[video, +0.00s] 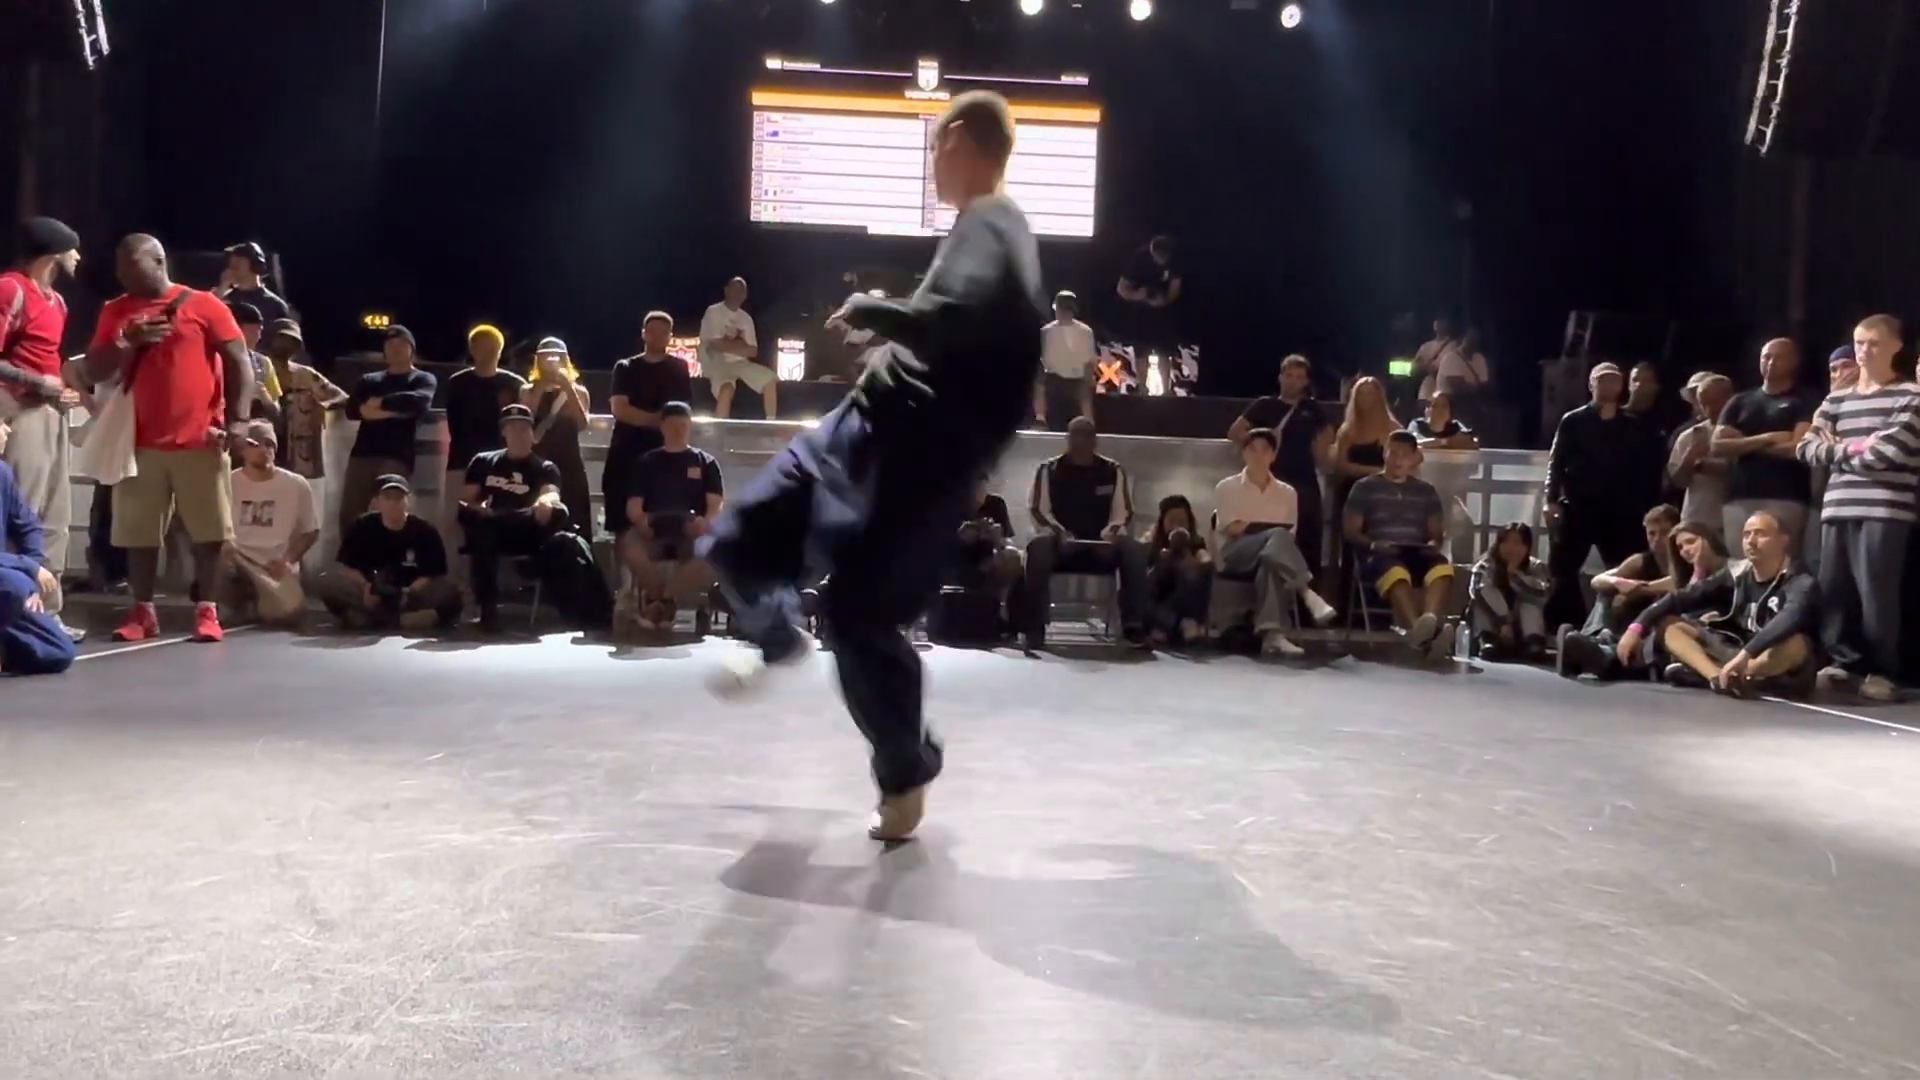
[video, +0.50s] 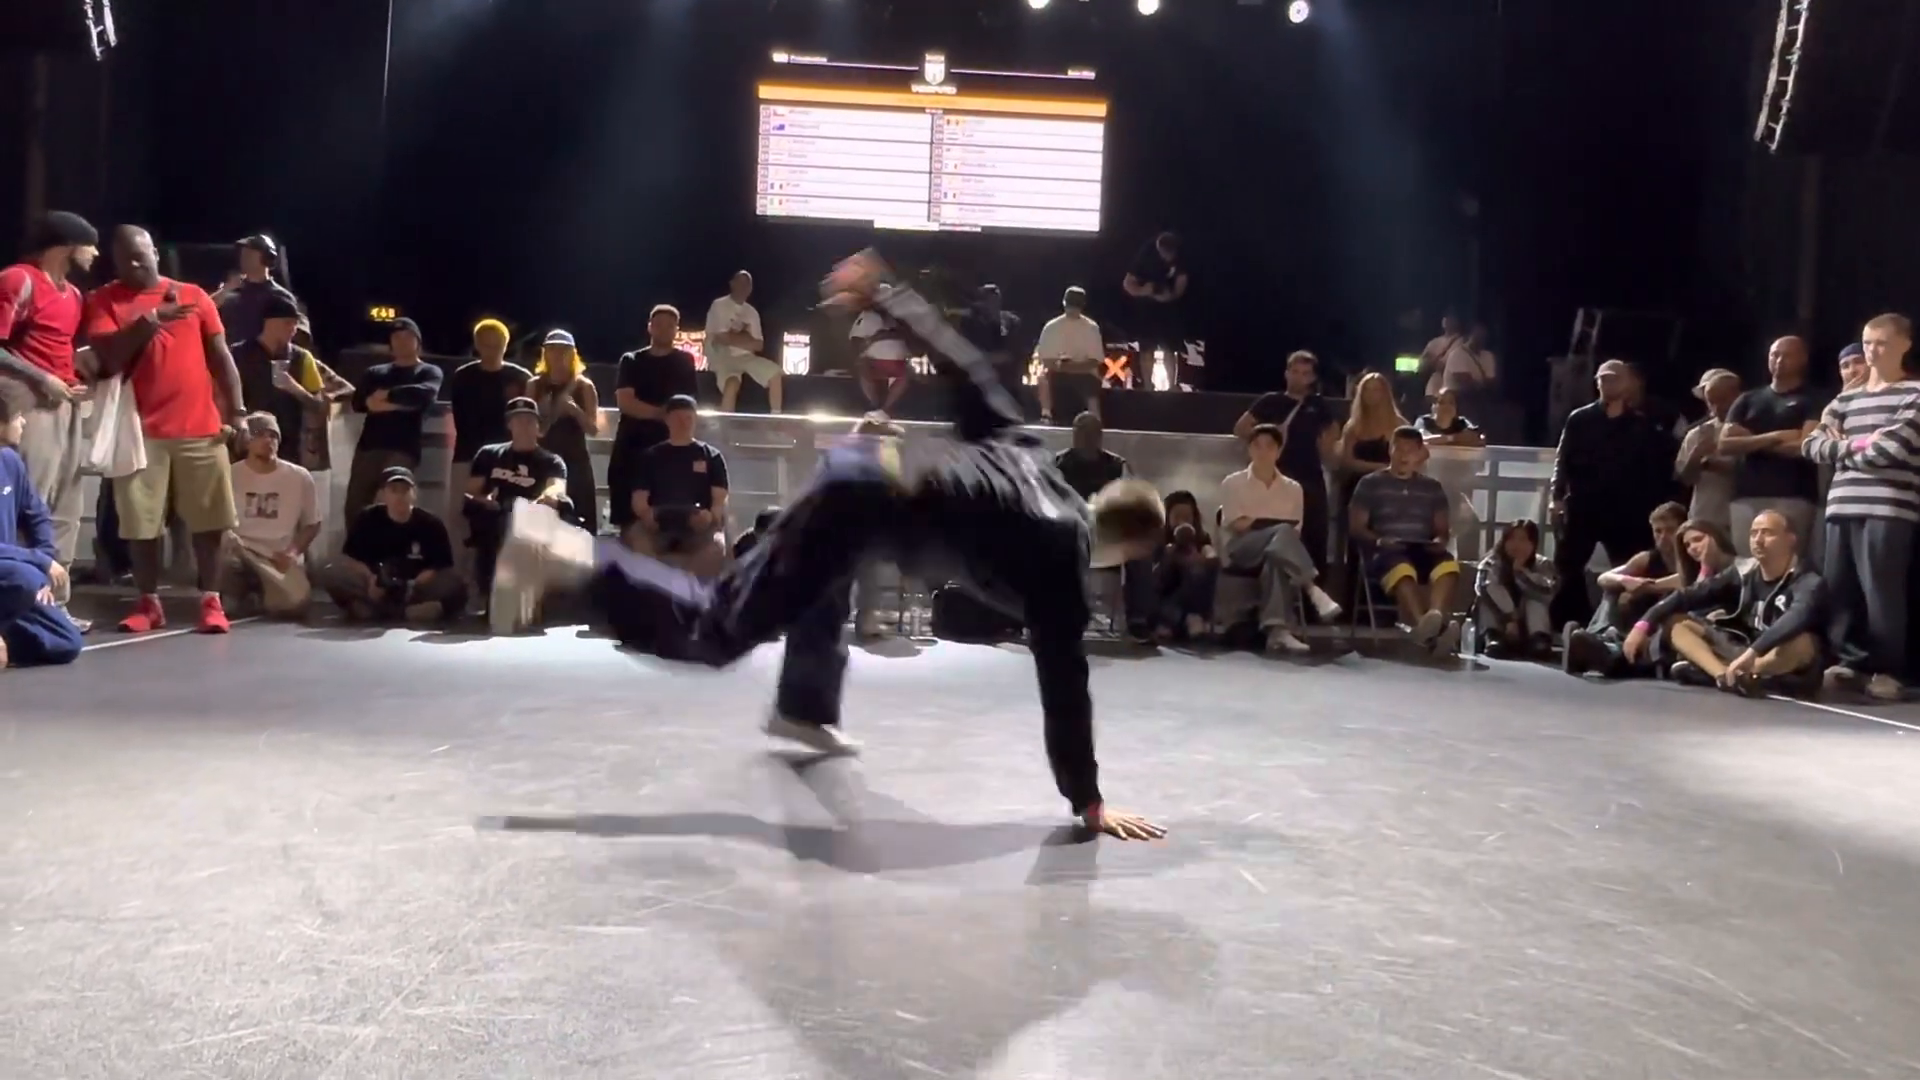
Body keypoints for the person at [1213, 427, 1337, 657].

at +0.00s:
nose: (1257, 455)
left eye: (1264, 450)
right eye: (1252, 449)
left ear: (1272, 455)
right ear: (1244, 454)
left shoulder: (1287, 493)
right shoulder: (1227, 487)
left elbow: (1288, 534)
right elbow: (1231, 530)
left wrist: (1247, 527)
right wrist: (1277, 530)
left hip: (1276, 556)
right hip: (1235, 556)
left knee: (1270, 564)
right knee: (1278, 536)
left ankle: (1273, 635)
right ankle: (1308, 594)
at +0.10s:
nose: (1259, 454)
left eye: (1265, 449)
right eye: (1254, 448)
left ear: (1274, 454)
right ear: (1245, 452)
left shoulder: (1289, 492)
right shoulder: (1228, 486)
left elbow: (1289, 533)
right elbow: (1232, 528)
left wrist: (1248, 526)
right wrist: (1278, 529)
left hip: (1276, 555)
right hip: (1236, 554)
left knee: (1270, 563)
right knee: (1279, 535)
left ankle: (1273, 633)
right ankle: (1309, 593)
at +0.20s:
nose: (1260, 452)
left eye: (1266, 448)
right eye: (1254, 447)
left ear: (1275, 453)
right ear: (1247, 451)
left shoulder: (1290, 491)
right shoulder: (1229, 485)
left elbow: (1291, 533)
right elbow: (1234, 528)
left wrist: (1250, 525)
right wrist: (1280, 528)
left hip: (1278, 555)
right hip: (1237, 553)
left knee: (1271, 562)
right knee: (1281, 534)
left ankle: (1275, 632)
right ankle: (1310, 592)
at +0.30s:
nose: (1261, 453)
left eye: (1267, 448)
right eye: (1256, 447)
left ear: (1276, 453)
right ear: (1248, 451)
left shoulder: (1291, 490)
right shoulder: (1231, 484)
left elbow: (1292, 531)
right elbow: (1235, 527)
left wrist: (1251, 524)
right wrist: (1282, 527)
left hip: (1279, 552)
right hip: (1239, 551)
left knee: (1273, 561)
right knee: (1282, 532)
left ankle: (1276, 632)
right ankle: (1311, 591)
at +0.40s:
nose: (1262, 452)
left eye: (1268, 447)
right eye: (1256, 447)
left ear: (1277, 452)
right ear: (1249, 451)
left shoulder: (1292, 490)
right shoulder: (1232, 484)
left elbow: (1293, 530)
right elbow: (1237, 526)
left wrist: (1252, 523)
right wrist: (1283, 526)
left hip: (1280, 551)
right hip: (1240, 551)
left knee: (1274, 560)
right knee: (1282, 533)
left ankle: (1277, 631)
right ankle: (1312, 590)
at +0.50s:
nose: (1263, 452)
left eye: (1269, 447)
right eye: (1258, 446)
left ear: (1278, 452)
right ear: (1250, 450)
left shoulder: (1293, 489)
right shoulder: (1233, 483)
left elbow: (1293, 530)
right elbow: (1237, 526)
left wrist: (1252, 522)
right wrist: (1283, 526)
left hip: (1281, 551)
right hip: (1241, 550)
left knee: (1275, 559)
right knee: (1284, 533)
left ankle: (1278, 631)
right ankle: (1313, 590)